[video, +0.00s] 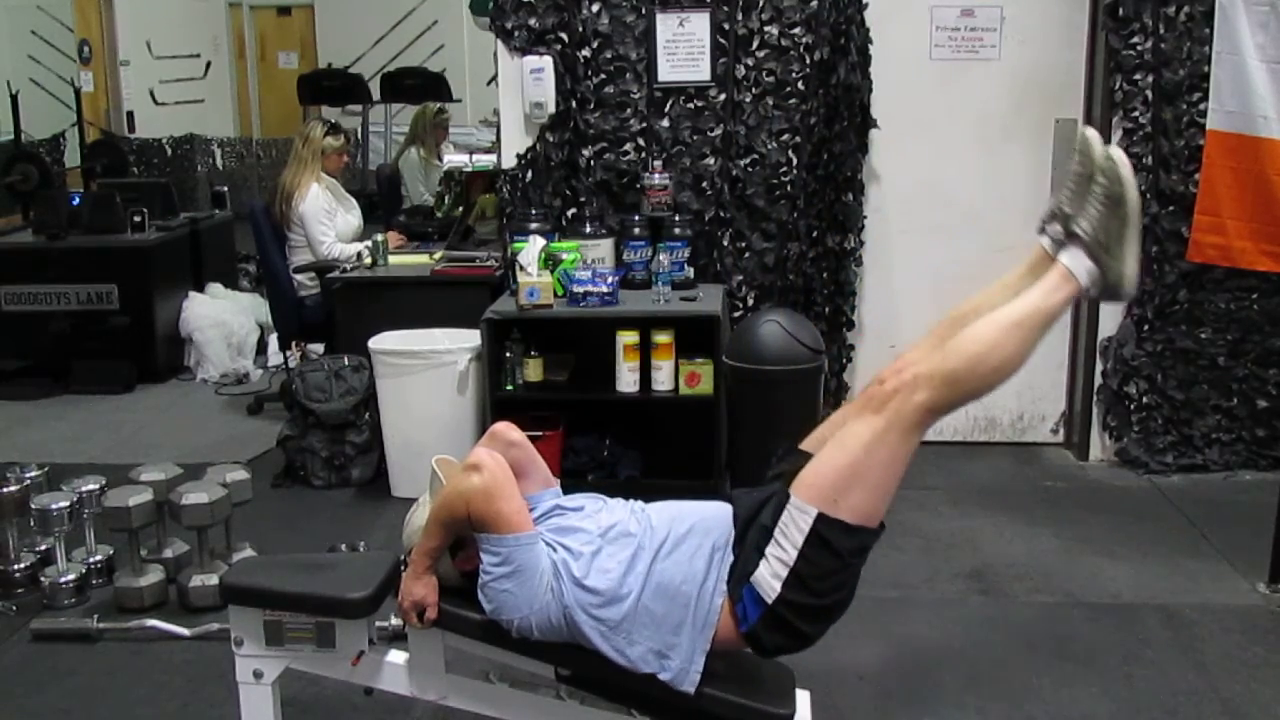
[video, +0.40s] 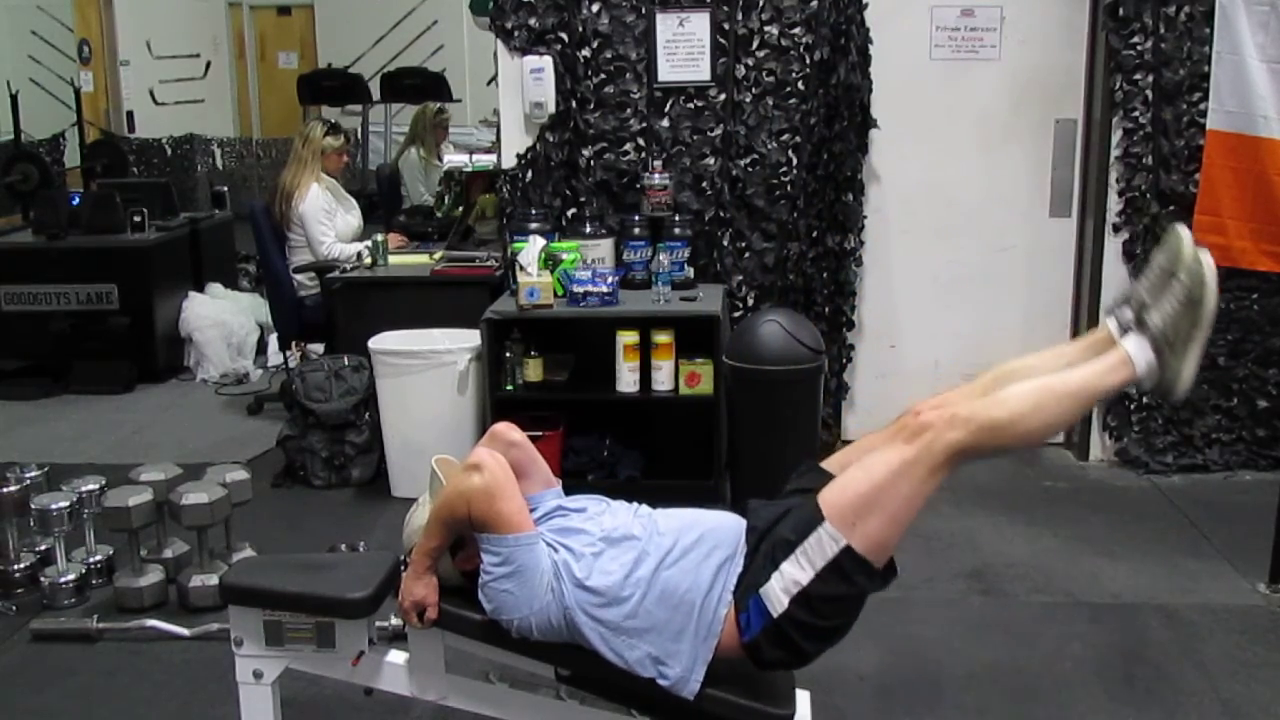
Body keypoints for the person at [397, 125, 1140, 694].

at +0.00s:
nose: (498, 471)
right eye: (484, 470)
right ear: (476, 511)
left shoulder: (546, 526)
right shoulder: (517, 578)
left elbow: (504, 442)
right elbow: (469, 475)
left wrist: (432, 541)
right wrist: (423, 553)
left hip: (743, 534)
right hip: (758, 590)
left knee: (898, 384)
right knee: (901, 396)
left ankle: (1061, 251)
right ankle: (1080, 266)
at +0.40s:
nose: (515, 461)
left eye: (516, 454)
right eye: (496, 462)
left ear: (525, 482)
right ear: (479, 508)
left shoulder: (561, 525)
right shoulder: (511, 577)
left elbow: (508, 432)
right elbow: (465, 476)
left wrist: (445, 519)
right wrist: (422, 555)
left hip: (761, 537)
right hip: (755, 599)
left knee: (933, 413)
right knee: (932, 430)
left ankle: (1129, 335)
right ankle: (1141, 352)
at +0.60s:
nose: (518, 462)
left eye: (520, 457)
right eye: (503, 464)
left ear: (519, 485)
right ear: (487, 504)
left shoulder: (560, 522)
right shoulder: (516, 582)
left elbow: (516, 441)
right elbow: (471, 469)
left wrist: (452, 516)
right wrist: (422, 559)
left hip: (761, 558)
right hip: (759, 610)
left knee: (915, 404)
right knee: (913, 418)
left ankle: (1119, 426)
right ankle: (1121, 447)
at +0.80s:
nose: (515, 465)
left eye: (518, 457)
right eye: (497, 469)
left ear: (512, 494)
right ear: (482, 508)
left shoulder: (560, 521)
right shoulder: (520, 582)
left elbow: (510, 434)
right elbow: (473, 475)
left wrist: (454, 515)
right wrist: (423, 558)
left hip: (761, 567)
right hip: (763, 618)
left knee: (871, 396)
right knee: (861, 403)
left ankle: (1029, 513)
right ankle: (1027, 519)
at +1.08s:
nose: (497, 491)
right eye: (485, 490)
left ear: (504, 509)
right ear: (483, 549)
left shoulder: (560, 521)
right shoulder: (521, 585)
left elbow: (507, 434)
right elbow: (475, 475)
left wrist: (453, 518)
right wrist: (423, 561)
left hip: (766, 583)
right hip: (762, 627)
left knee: (751, 375)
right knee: (743, 404)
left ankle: (918, 497)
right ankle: (924, 503)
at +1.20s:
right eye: (477, 497)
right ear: (476, 558)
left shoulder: (552, 516)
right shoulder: (519, 593)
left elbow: (507, 437)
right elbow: (475, 475)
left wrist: (465, 526)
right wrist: (423, 563)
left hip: (769, 572)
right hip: (759, 622)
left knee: (677, 390)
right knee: (667, 422)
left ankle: (866, 427)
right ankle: (867, 447)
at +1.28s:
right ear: (472, 558)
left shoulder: (554, 517)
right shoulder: (518, 590)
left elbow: (507, 438)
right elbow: (480, 477)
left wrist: (460, 518)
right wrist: (423, 563)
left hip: (780, 545)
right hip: (764, 602)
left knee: (642, 397)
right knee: (630, 433)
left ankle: (812, 378)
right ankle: (826, 381)